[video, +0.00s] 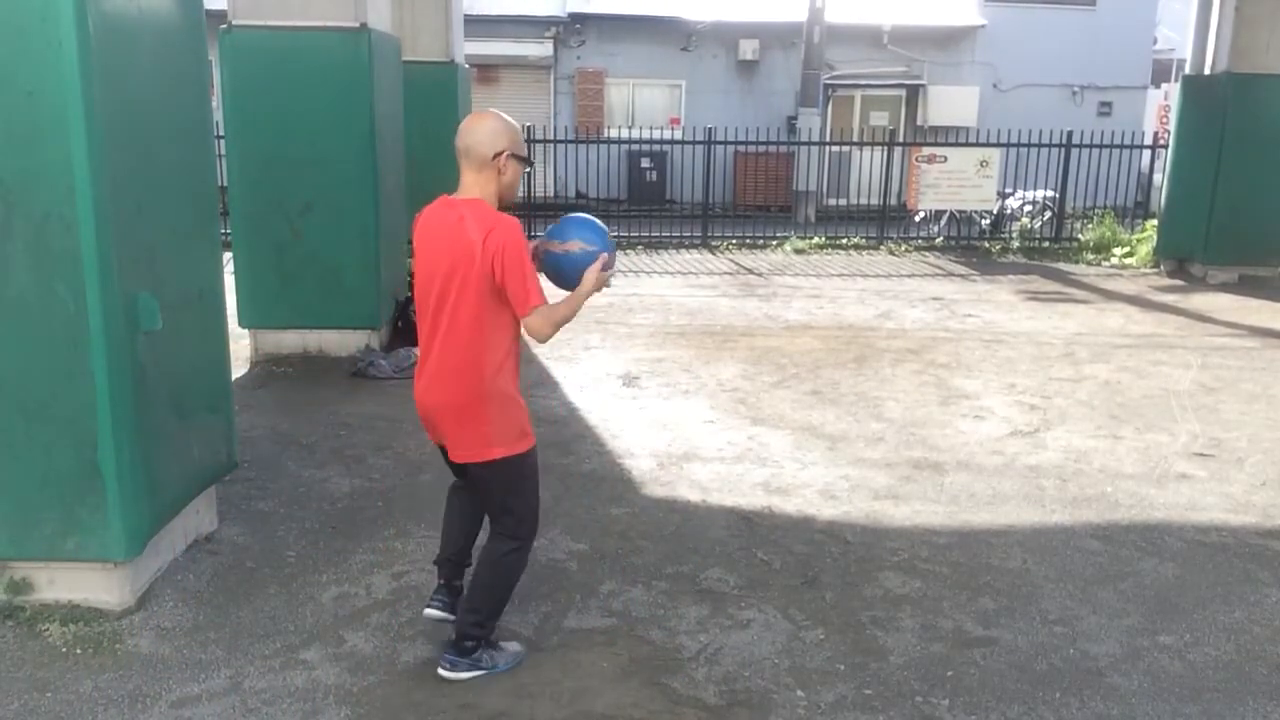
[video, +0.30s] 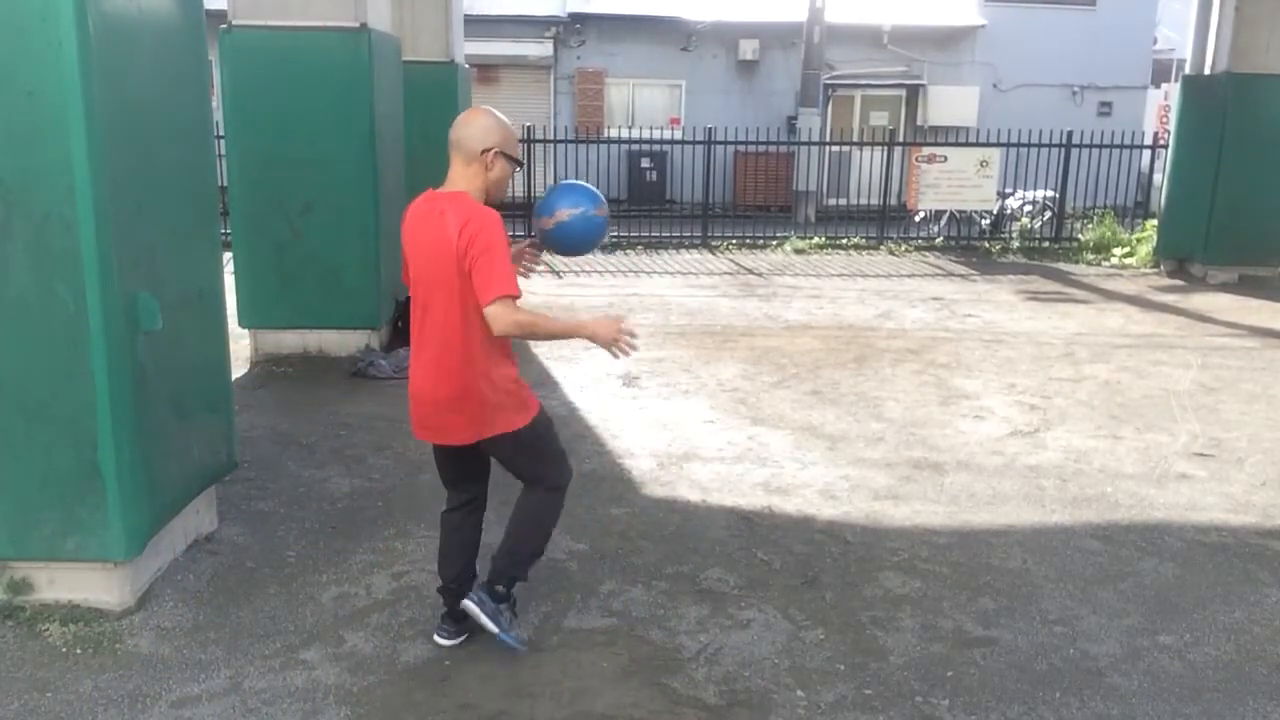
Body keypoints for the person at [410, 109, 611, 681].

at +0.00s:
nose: (522, 172)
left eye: (522, 162)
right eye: (520, 161)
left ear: (465, 161)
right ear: (501, 162)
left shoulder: (429, 218)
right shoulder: (500, 230)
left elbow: (456, 284)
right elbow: (539, 325)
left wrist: (523, 260)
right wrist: (585, 290)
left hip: (434, 395)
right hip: (485, 404)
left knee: (471, 485)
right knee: (515, 526)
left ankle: (447, 587)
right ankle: (469, 646)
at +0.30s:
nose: (512, 176)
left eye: (514, 165)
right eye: (512, 163)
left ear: (458, 155)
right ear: (488, 158)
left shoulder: (418, 210)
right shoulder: (480, 220)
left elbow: (418, 280)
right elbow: (503, 318)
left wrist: (499, 262)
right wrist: (585, 328)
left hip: (434, 392)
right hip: (488, 392)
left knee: (463, 497)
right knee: (549, 476)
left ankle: (454, 614)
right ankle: (497, 592)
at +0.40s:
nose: (515, 181)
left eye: (517, 170)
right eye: (514, 168)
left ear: (467, 160)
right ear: (490, 162)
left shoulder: (419, 215)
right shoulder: (477, 223)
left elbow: (433, 287)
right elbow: (483, 322)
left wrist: (499, 273)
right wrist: (563, 359)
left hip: (433, 387)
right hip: (480, 383)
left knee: (464, 495)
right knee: (568, 429)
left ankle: (455, 614)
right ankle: (514, 539)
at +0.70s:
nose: (516, 164)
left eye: (517, 152)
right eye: (515, 151)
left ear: (463, 148)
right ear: (496, 149)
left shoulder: (424, 208)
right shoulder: (491, 214)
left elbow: (412, 288)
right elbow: (497, 311)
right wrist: (560, 378)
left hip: (440, 389)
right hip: (492, 387)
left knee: (465, 494)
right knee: (567, 465)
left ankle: (455, 616)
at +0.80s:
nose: (521, 174)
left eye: (520, 163)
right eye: (521, 163)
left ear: (465, 161)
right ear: (509, 163)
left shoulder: (426, 223)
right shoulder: (509, 230)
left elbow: (395, 303)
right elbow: (536, 328)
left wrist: (449, 330)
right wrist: (601, 375)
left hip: (461, 392)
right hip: (507, 401)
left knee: (506, 476)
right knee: (526, 512)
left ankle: (480, 557)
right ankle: (485, 630)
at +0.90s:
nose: (526, 175)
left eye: (524, 165)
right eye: (526, 165)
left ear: (469, 162)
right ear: (515, 165)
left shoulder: (424, 226)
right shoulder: (518, 232)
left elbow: (386, 310)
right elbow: (553, 325)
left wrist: (409, 361)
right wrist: (614, 362)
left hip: (463, 384)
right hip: (510, 396)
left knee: (564, 346)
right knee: (528, 507)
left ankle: (514, 470)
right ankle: (484, 630)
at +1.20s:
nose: (527, 155)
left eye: (525, 145)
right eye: (525, 145)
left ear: (472, 149)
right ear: (510, 148)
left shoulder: (436, 215)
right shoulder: (523, 214)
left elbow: (400, 298)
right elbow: (560, 304)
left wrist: (425, 346)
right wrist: (614, 332)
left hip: (475, 380)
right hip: (517, 388)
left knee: (551, 417)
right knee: (513, 506)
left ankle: (507, 521)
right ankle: (484, 627)